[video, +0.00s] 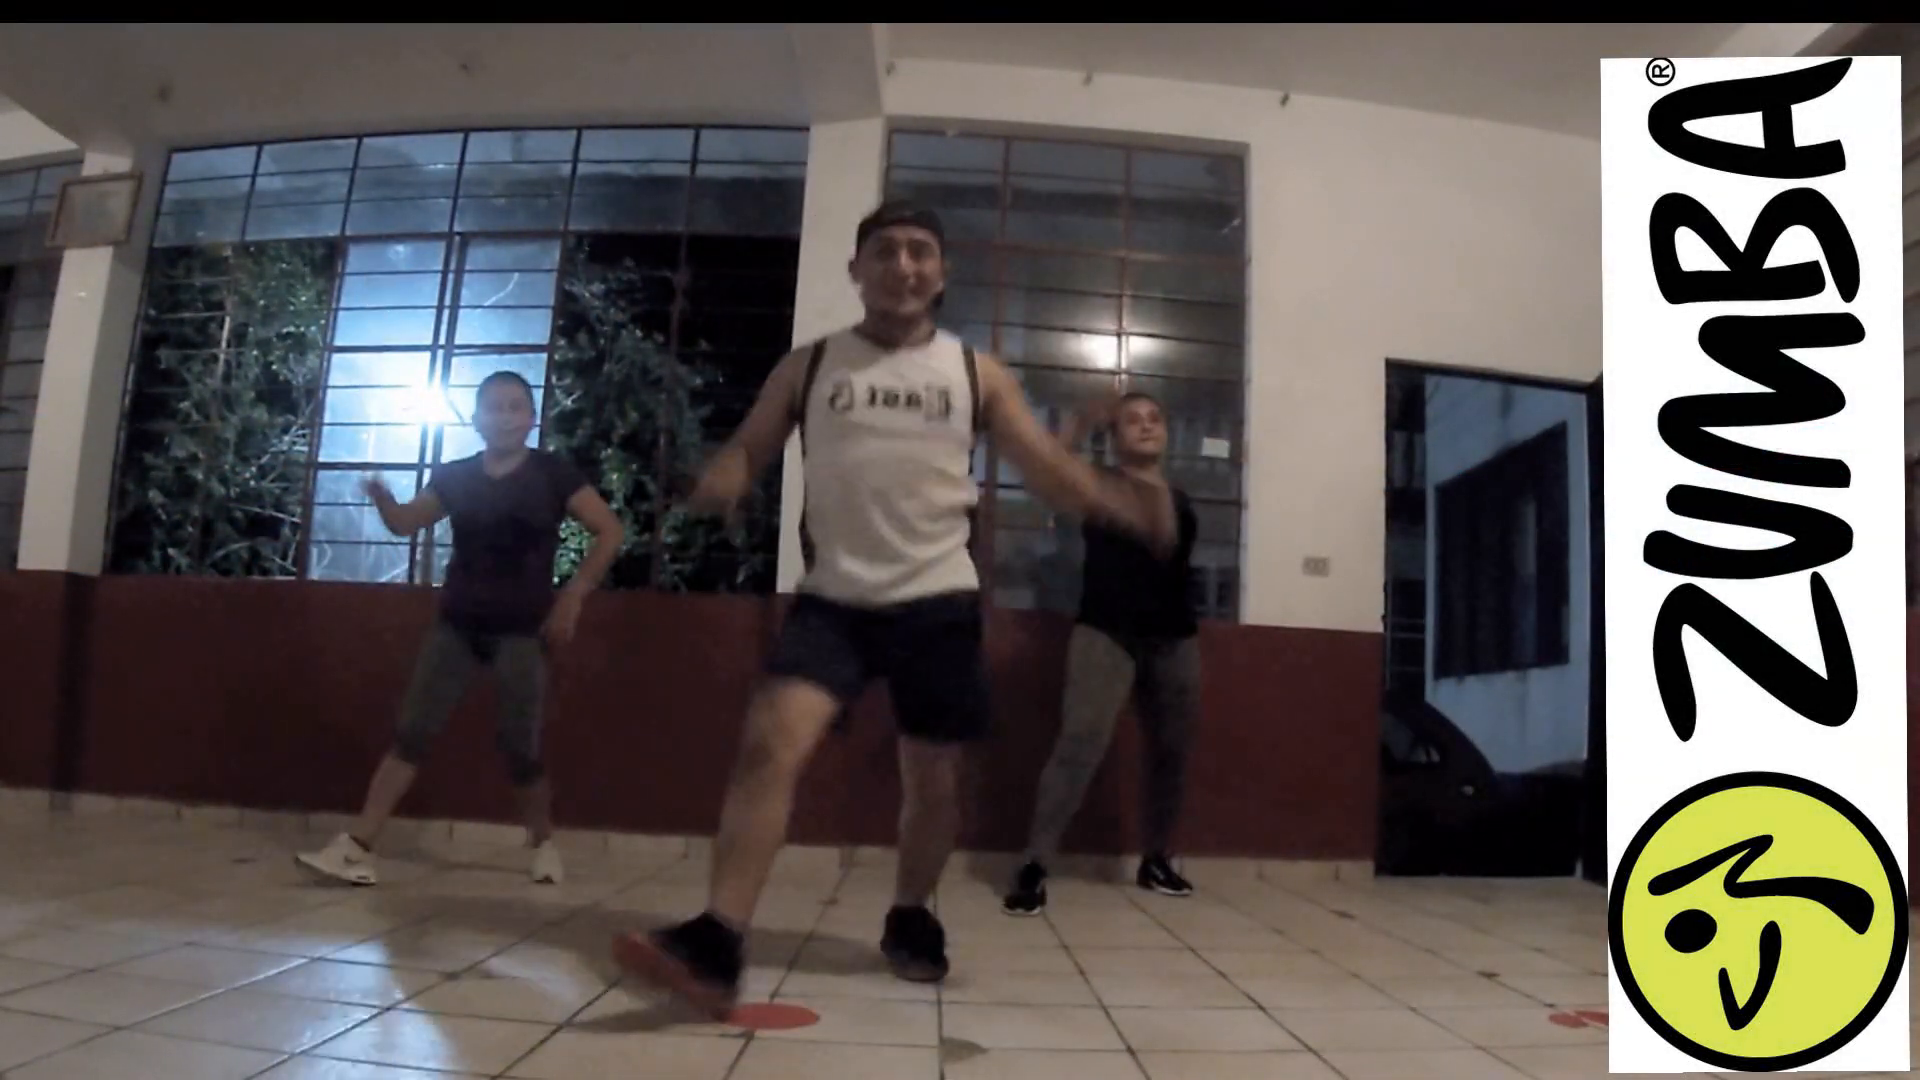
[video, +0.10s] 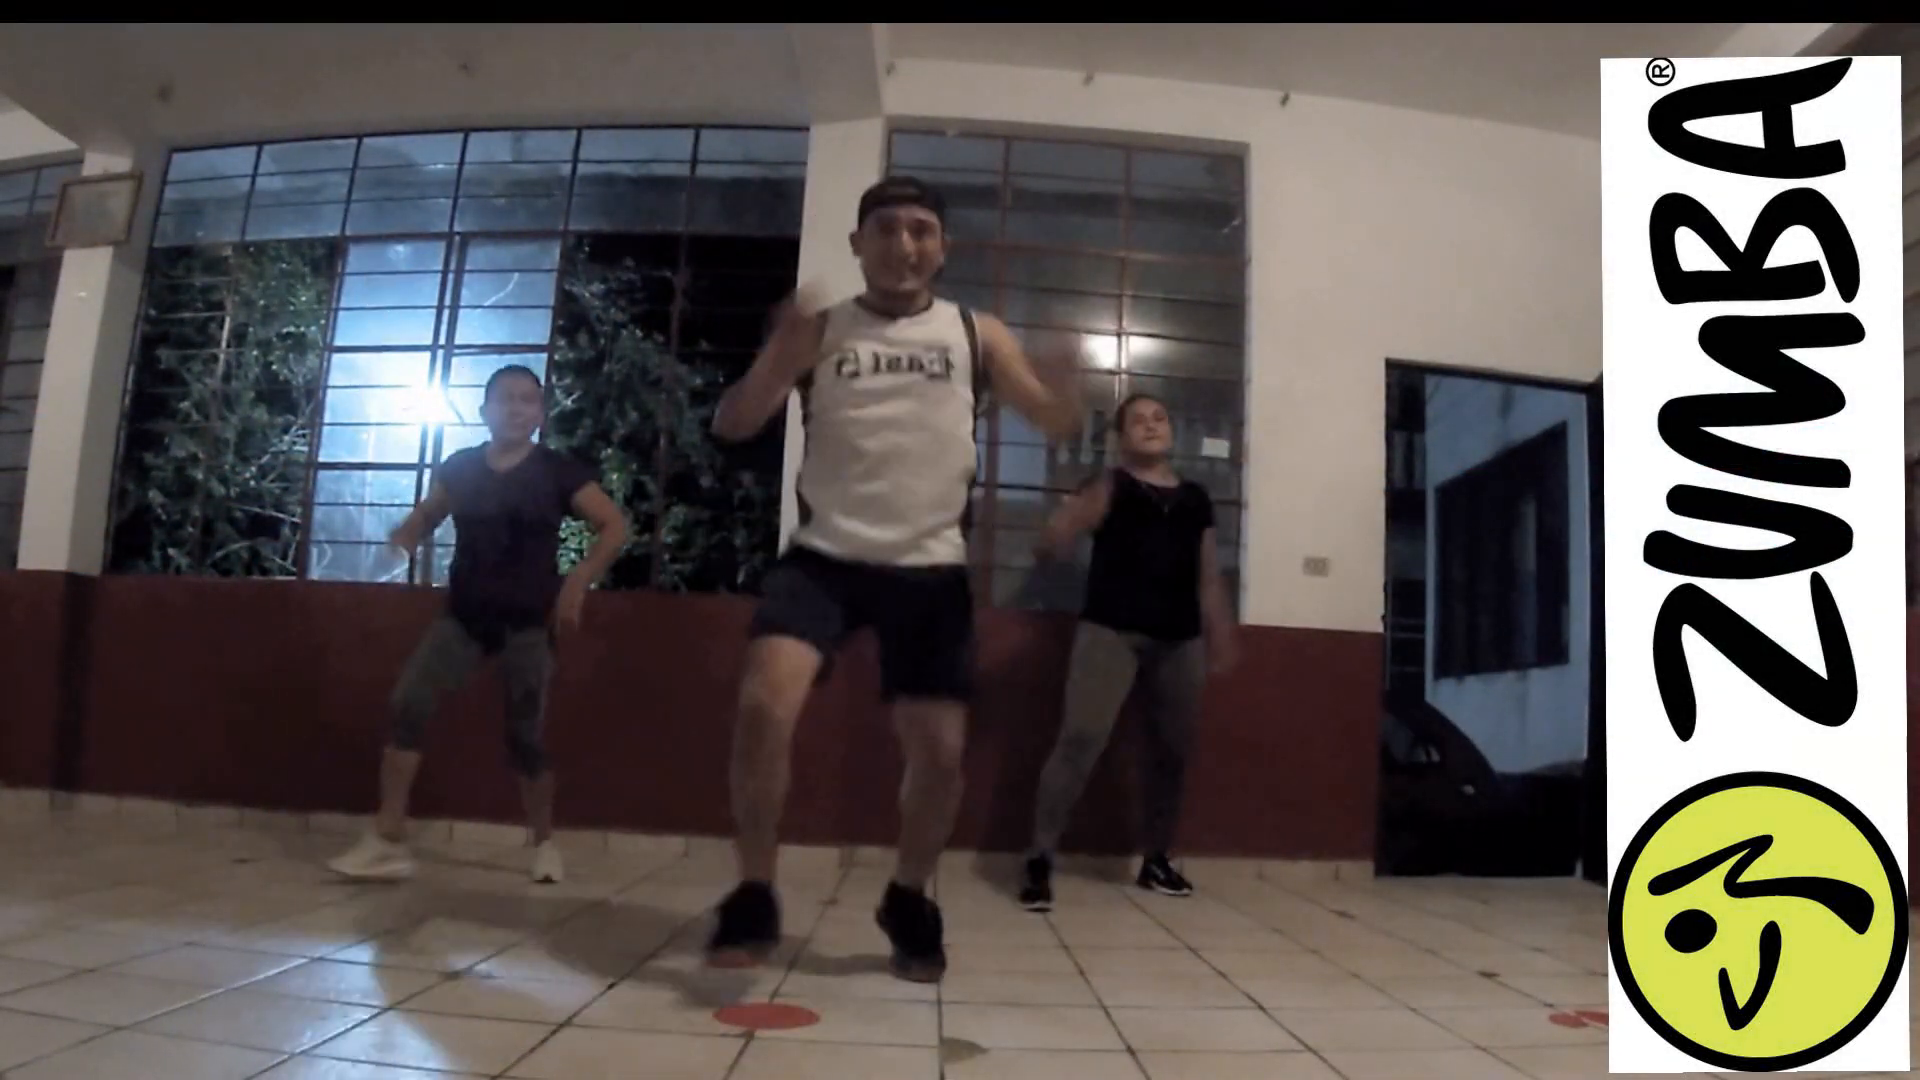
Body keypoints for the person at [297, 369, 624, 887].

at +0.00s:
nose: (506, 416)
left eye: (516, 407)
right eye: (495, 407)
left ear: (531, 416)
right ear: (478, 417)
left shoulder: (554, 473)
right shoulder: (455, 476)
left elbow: (611, 533)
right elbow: (403, 523)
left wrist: (571, 599)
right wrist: (383, 500)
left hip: (521, 629)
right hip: (457, 624)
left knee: (523, 748)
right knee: (411, 735)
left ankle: (541, 845)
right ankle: (357, 844)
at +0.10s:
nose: (516, 409)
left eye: (527, 400)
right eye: (505, 399)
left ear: (541, 412)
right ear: (486, 409)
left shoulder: (560, 472)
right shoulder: (459, 469)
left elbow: (616, 527)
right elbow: (418, 525)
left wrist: (579, 579)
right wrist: (408, 530)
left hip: (528, 622)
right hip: (462, 618)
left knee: (527, 737)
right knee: (407, 709)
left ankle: (542, 844)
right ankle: (387, 838)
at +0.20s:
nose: (517, 403)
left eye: (528, 396)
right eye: (507, 394)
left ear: (542, 411)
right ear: (486, 404)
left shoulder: (557, 470)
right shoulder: (456, 465)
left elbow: (610, 530)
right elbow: (435, 526)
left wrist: (568, 574)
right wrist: (423, 557)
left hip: (526, 621)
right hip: (462, 616)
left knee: (528, 741)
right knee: (410, 714)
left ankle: (544, 844)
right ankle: (431, 832)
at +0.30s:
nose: (516, 416)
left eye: (525, 408)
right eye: (505, 406)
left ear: (535, 419)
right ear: (481, 412)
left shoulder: (544, 479)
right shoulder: (456, 471)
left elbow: (588, 548)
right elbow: (436, 539)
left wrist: (546, 582)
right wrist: (418, 570)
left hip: (518, 623)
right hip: (456, 619)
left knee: (522, 741)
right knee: (426, 736)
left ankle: (543, 845)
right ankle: (447, 846)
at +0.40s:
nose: (508, 430)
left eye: (518, 419)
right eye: (498, 418)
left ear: (532, 423)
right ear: (479, 420)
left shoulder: (546, 481)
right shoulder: (453, 482)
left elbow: (575, 556)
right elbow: (412, 548)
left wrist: (521, 551)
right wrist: (408, 577)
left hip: (519, 628)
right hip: (455, 624)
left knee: (519, 740)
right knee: (425, 736)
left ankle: (548, 837)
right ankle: (446, 847)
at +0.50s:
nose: (514, 416)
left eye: (522, 408)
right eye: (505, 408)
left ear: (537, 413)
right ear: (486, 412)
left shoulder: (552, 462)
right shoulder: (458, 461)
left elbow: (595, 529)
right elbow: (395, 519)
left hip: (526, 607)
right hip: (462, 606)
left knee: (541, 727)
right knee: (437, 729)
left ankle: (571, 848)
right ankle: (445, 847)